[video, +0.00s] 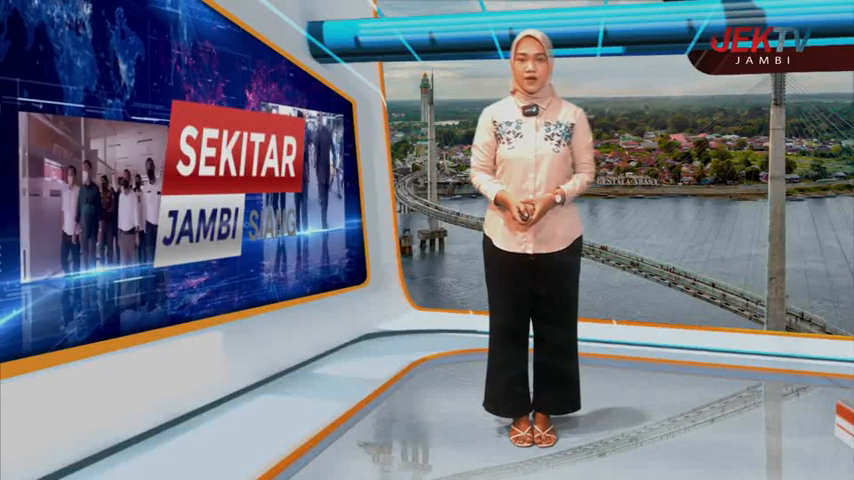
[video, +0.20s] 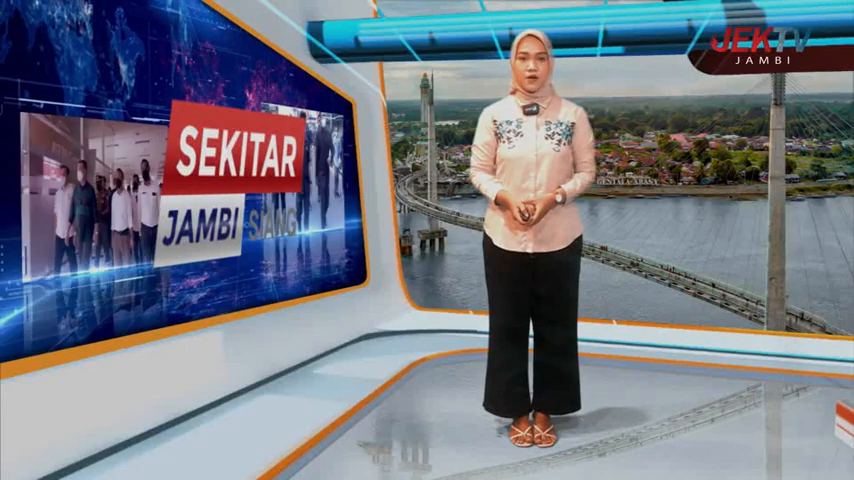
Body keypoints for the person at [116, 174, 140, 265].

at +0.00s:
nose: (124, 181)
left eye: (126, 179)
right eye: (123, 179)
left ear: (129, 181)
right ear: (121, 181)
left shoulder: (133, 195)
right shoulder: (120, 194)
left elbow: (136, 212)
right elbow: (114, 185)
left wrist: (137, 231)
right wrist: (114, 176)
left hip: (131, 230)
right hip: (121, 230)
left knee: (133, 259)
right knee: (123, 258)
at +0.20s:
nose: (116, 184)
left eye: (118, 181)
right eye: (115, 181)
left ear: (122, 182)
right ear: (114, 183)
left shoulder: (127, 196)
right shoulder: (113, 195)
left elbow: (129, 212)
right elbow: (112, 212)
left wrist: (131, 229)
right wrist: (112, 228)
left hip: (125, 230)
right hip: (115, 230)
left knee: (126, 258)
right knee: (116, 258)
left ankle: (127, 276)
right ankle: (117, 276)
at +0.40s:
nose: (115, 196)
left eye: (116, 194)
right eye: (113, 194)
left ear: (119, 192)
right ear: (112, 193)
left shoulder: (124, 201)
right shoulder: (111, 201)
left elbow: (127, 217)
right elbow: (109, 217)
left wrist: (129, 232)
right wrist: (108, 232)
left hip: (123, 234)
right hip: (113, 234)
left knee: (123, 259)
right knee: (114, 259)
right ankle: (114, 278)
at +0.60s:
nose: (113, 191)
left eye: (115, 188)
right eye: (111, 188)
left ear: (118, 189)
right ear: (109, 190)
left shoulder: (123, 204)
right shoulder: (109, 204)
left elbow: (127, 219)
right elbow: (108, 220)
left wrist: (129, 234)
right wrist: (106, 235)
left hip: (122, 237)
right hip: (112, 237)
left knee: (123, 264)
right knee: (113, 264)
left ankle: (124, 290)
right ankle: (114, 290)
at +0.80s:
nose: (114, 183)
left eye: (117, 181)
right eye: (113, 181)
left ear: (121, 183)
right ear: (111, 183)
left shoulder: (125, 199)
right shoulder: (110, 199)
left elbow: (127, 216)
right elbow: (108, 216)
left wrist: (128, 232)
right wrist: (107, 230)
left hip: (122, 234)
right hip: (112, 234)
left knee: (122, 261)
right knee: (112, 260)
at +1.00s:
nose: (116, 186)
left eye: (118, 184)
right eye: (115, 184)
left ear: (122, 186)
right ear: (113, 185)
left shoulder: (126, 202)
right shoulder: (110, 201)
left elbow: (128, 220)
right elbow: (109, 219)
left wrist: (129, 238)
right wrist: (108, 236)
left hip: (123, 240)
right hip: (112, 240)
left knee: (122, 267)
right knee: (111, 267)